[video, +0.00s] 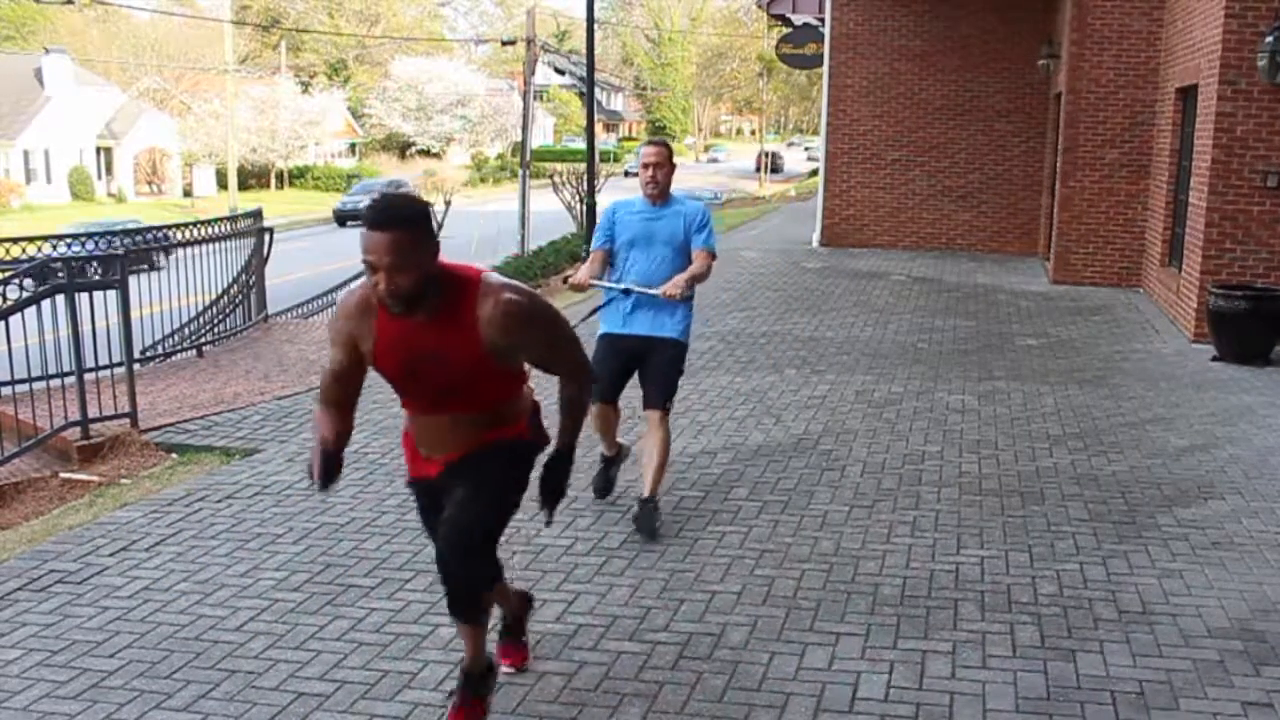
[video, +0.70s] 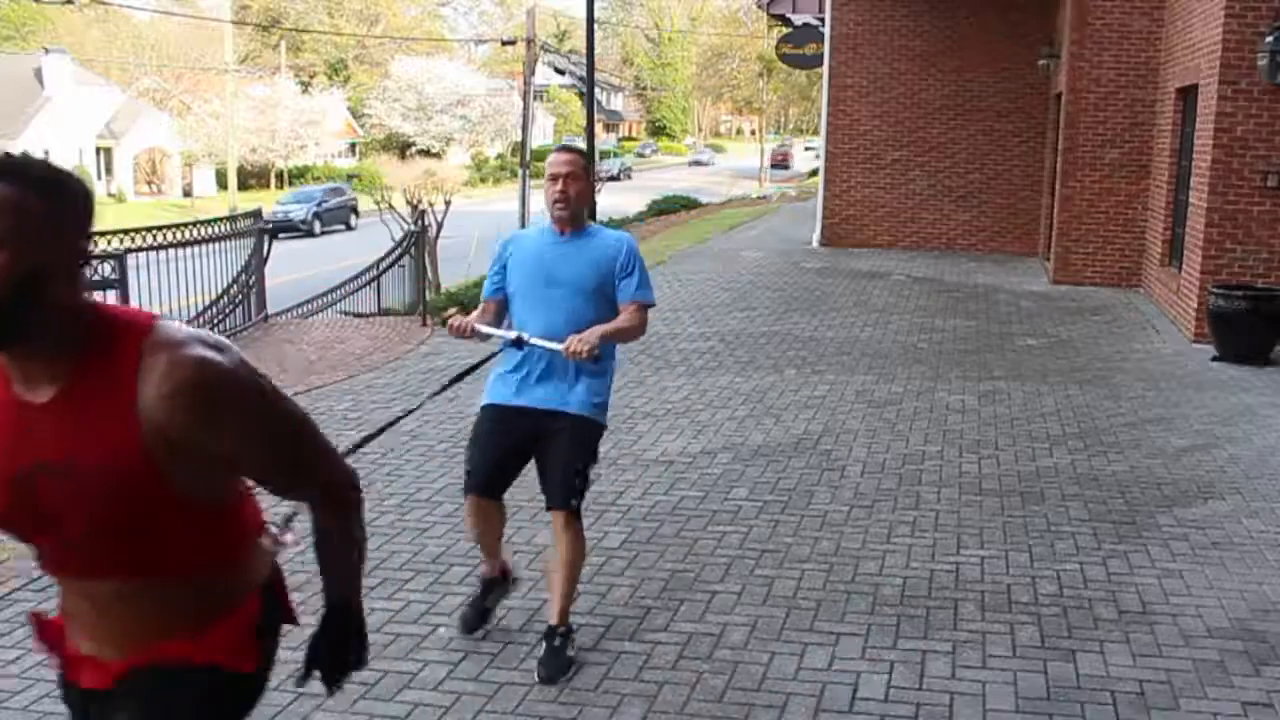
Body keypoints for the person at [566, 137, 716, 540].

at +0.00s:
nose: (652, 174)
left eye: (659, 167)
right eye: (646, 167)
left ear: (673, 170)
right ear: (637, 170)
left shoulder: (693, 213)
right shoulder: (615, 213)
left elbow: (704, 262)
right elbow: (597, 258)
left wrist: (684, 278)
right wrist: (587, 272)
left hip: (666, 328)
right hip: (618, 324)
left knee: (656, 412)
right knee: (600, 398)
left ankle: (648, 501)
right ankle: (611, 453)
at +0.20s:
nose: (639, 180)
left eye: (647, 172)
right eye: (632, 172)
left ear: (662, 176)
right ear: (623, 177)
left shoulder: (685, 225)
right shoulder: (602, 223)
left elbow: (695, 281)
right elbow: (585, 275)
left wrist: (669, 289)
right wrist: (570, 285)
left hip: (656, 340)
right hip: (603, 336)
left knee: (645, 420)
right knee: (581, 416)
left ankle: (643, 509)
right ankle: (574, 504)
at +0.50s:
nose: (584, 185)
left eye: (593, 176)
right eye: (577, 176)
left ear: (609, 182)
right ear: (567, 182)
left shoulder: (636, 235)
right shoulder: (541, 239)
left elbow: (666, 293)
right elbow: (523, 305)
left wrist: (648, 296)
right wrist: (523, 299)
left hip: (610, 369)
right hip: (552, 368)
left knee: (605, 458)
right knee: (533, 469)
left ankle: (603, 565)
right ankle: (538, 562)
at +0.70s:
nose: (560, 188)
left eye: (571, 178)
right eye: (553, 179)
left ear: (592, 185)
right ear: (542, 187)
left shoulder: (618, 249)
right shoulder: (514, 245)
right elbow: (492, 312)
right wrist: (474, 322)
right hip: (510, 389)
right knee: (479, 489)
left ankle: (558, 628)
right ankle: (495, 573)